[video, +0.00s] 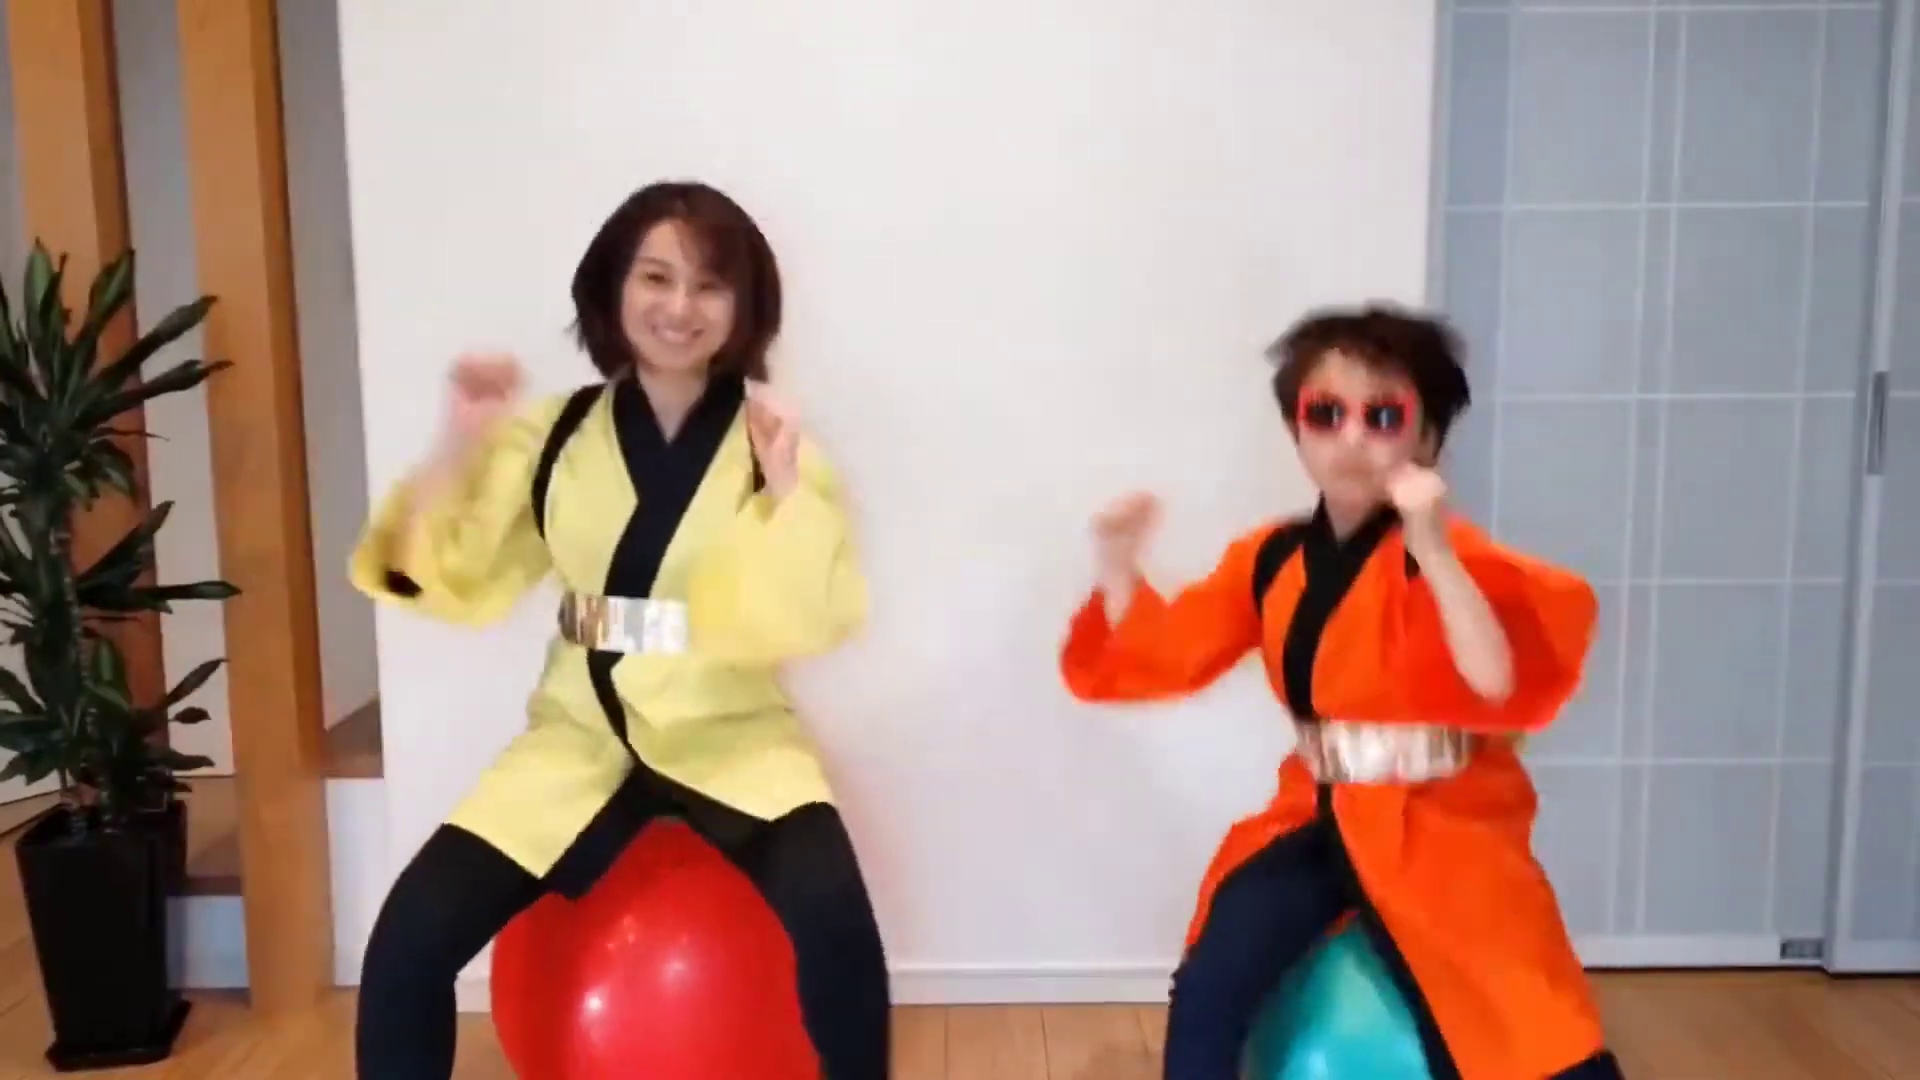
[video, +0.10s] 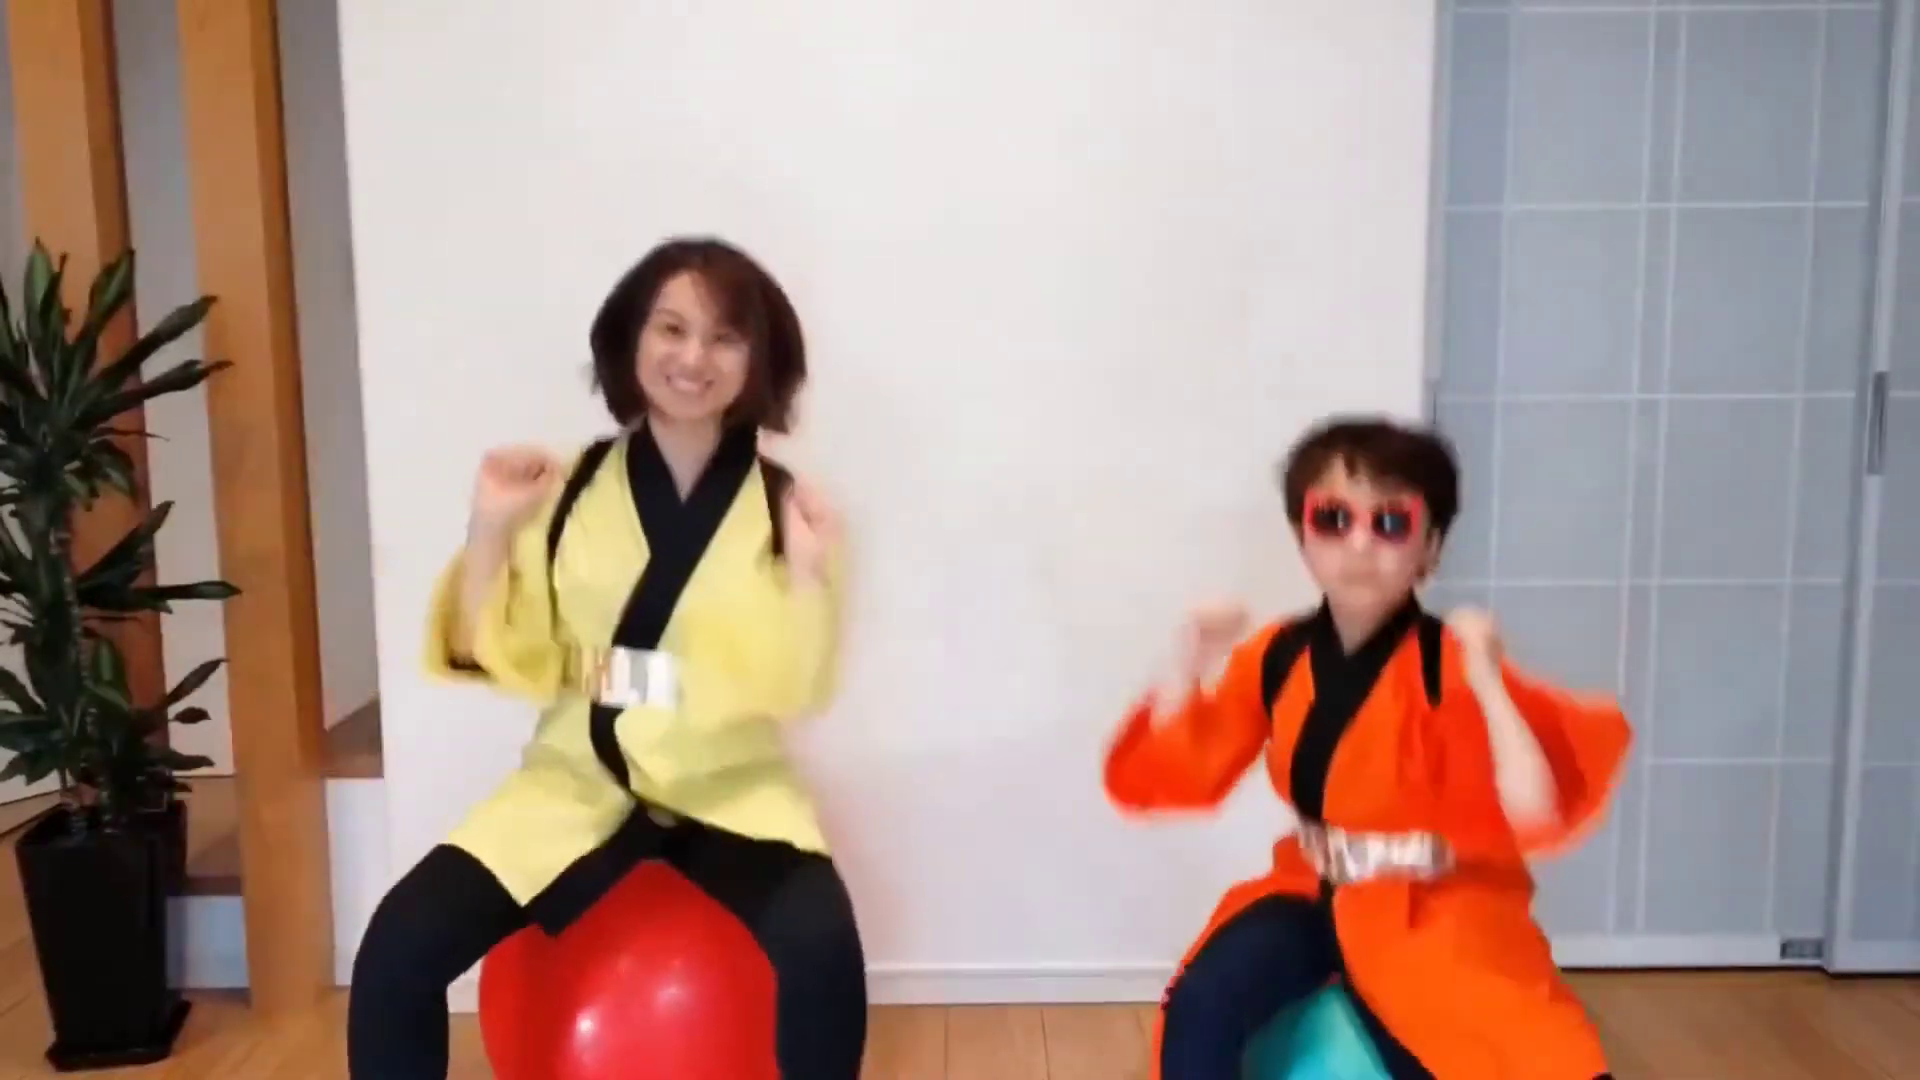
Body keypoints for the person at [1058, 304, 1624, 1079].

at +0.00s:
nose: (1353, 436)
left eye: (1382, 415)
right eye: (1325, 412)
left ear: (1425, 434)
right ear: (1294, 430)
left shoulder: (1450, 554)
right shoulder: (1273, 560)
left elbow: (1498, 681)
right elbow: (1162, 657)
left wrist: (1431, 548)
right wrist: (1118, 570)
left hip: (1445, 827)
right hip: (1321, 820)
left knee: (1543, 1036)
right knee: (1209, 984)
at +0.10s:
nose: (1360, 542)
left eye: (1392, 520)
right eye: (1332, 517)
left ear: (1432, 550)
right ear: (1302, 542)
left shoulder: (1456, 662)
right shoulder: (1276, 657)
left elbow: (1541, 821)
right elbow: (1162, 782)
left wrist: (1489, 682)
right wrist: (1182, 678)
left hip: (1438, 903)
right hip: (1316, 896)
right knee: (1202, 1005)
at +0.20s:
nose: (1374, 549)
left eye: (1407, 526)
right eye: (1348, 521)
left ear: (1441, 550)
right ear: (1311, 537)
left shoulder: (1467, 680)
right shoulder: (1278, 666)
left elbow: (1544, 870)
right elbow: (1211, 827)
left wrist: (1536, 745)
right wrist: (1183, 719)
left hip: (1440, 917)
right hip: (1315, 903)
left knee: (1566, 1060)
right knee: (1195, 1009)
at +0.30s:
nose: (1407, 465)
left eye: (1440, 444)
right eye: (1381, 433)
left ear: (1465, 462)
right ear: (1334, 441)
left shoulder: (1495, 592)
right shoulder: (1285, 571)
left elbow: (1525, 778)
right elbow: (1230, 738)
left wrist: (1573, 737)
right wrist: (1175, 702)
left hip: (1456, 845)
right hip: (1318, 836)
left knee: (1585, 1040)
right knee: (1197, 1004)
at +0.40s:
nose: (1447, 423)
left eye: (1480, 404)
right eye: (1422, 391)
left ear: (1502, 417)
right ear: (1365, 394)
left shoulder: (1514, 529)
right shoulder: (1311, 509)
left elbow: (1553, 667)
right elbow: (1228, 611)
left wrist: (1622, 755)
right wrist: (1185, 679)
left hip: (1476, 792)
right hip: (1335, 787)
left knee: (1624, 988)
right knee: (1214, 979)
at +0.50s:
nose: (1483, 459)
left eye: (1515, 439)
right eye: (1459, 426)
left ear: (1537, 446)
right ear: (1397, 423)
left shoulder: (1536, 561)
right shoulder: (1336, 539)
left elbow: (1581, 714)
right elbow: (1223, 661)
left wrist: (1635, 842)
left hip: (1490, 805)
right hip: (1351, 800)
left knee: (1646, 983)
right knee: (1240, 954)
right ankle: (1207, 1067)